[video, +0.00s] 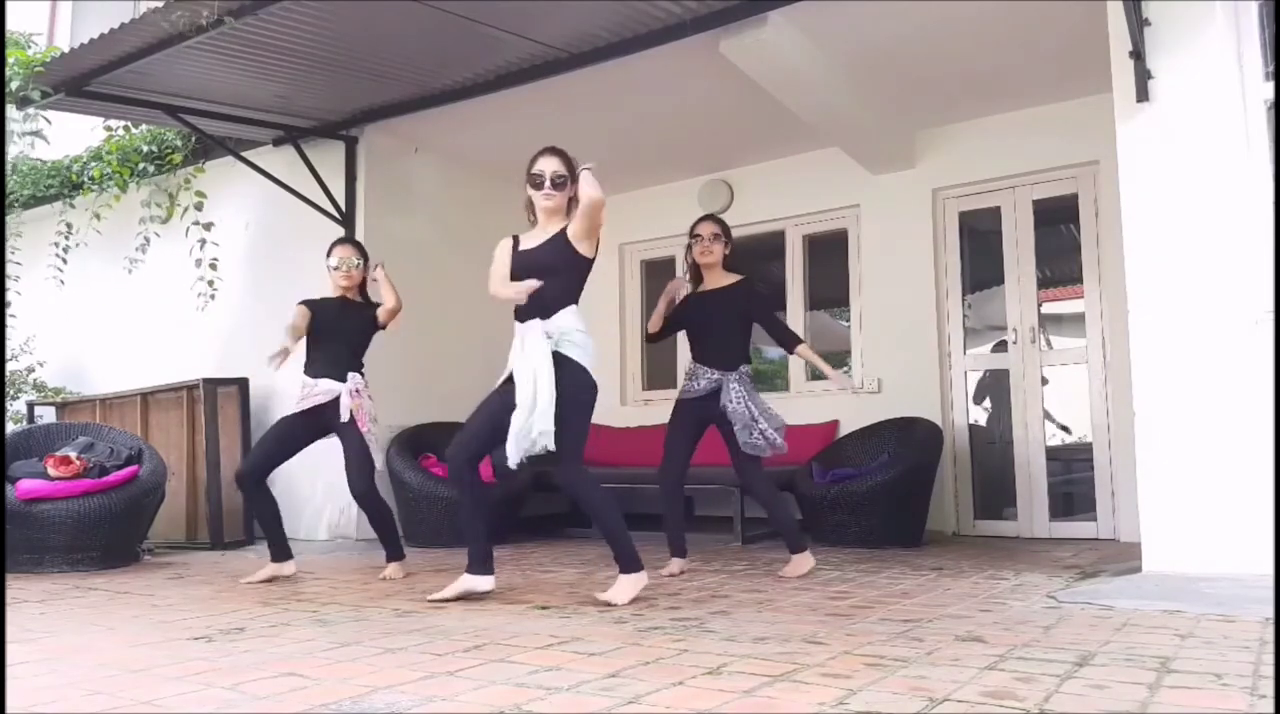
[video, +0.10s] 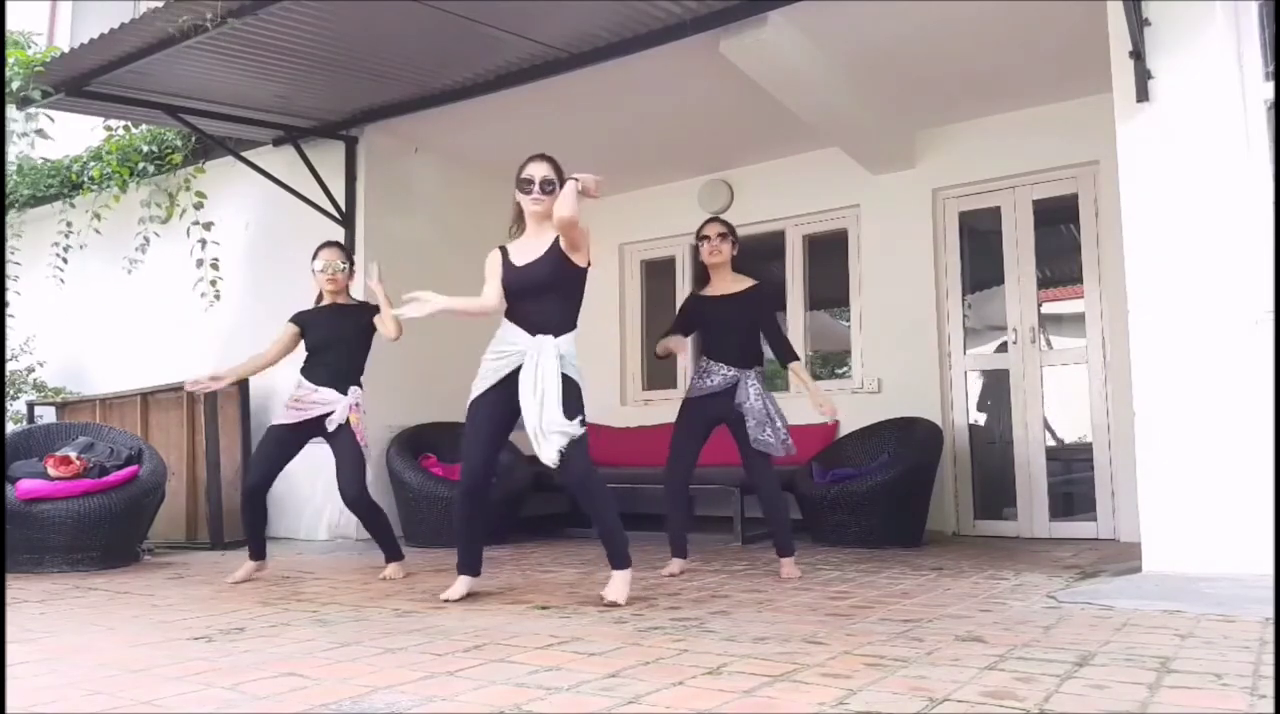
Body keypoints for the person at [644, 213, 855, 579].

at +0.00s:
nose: (705, 244)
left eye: (713, 238)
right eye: (698, 239)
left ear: (726, 246)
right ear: (690, 248)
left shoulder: (743, 289)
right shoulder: (690, 299)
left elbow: (782, 334)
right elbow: (653, 335)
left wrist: (827, 369)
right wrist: (665, 301)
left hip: (732, 391)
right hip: (694, 390)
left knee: (751, 478)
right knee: (670, 475)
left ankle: (800, 553)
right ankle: (677, 557)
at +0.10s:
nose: (712, 244)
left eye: (720, 238)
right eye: (705, 239)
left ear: (733, 246)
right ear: (698, 249)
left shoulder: (753, 290)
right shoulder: (696, 300)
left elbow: (779, 342)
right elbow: (663, 347)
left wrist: (812, 388)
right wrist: (672, 343)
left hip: (744, 391)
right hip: (701, 392)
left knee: (762, 475)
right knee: (676, 471)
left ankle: (786, 556)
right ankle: (678, 556)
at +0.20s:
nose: (721, 245)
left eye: (729, 239)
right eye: (714, 242)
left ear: (742, 246)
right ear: (707, 253)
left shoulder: (764, 293)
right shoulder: (702, 300)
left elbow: (781, 349)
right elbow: (677, 349)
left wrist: (797, 401)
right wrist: (673, 385)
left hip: (751, 393)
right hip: (706, 394)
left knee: (769, 474)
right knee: (681, 474)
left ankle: (786, 557)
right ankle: (678, 557)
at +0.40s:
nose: (727, 238)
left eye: (733, 232)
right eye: (718, 234)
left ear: (745, 239)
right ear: (710, 245)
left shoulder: (767, 292)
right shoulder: (700, 293)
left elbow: (772, 349)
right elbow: (688, 348)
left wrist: (784, 396)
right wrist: (675, 399)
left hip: (752, 389)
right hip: (703, 390)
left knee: (770, 473)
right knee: (689, 474)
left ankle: (786, 555)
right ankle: (678, 557)